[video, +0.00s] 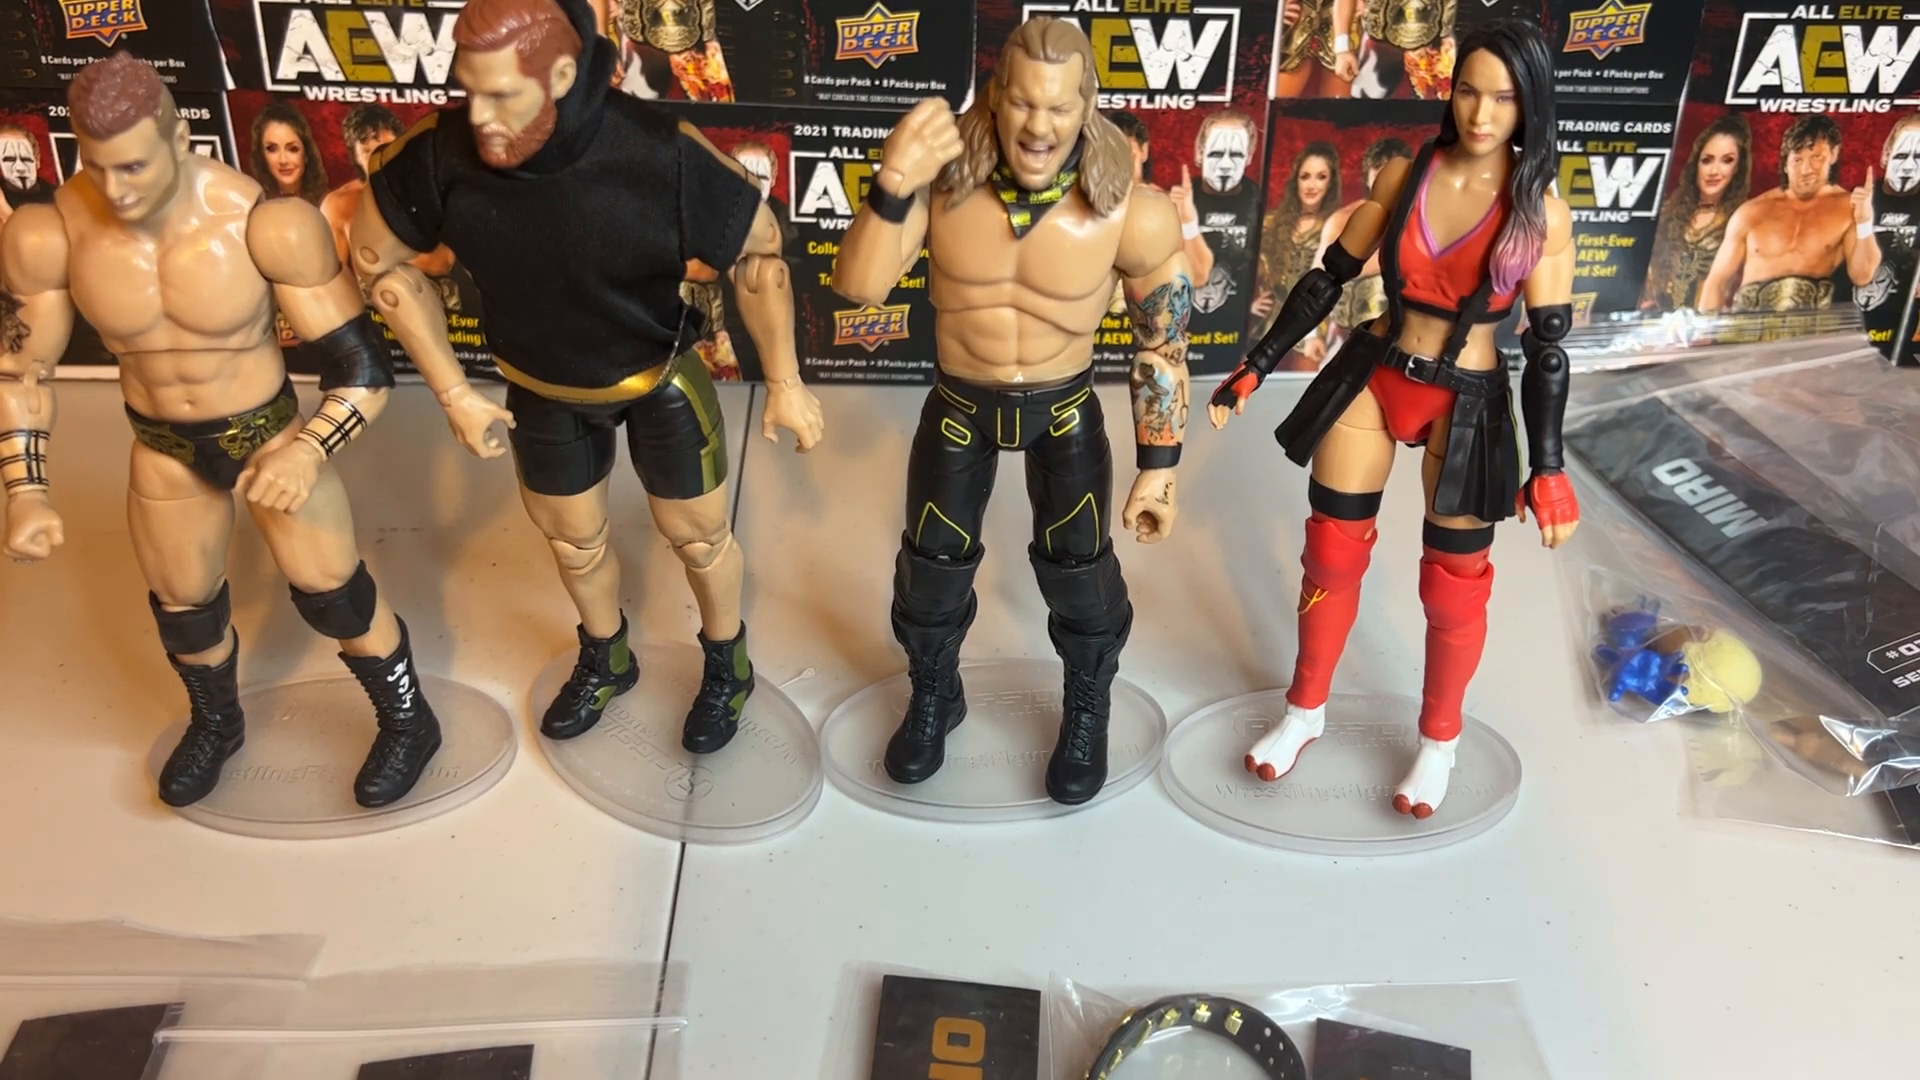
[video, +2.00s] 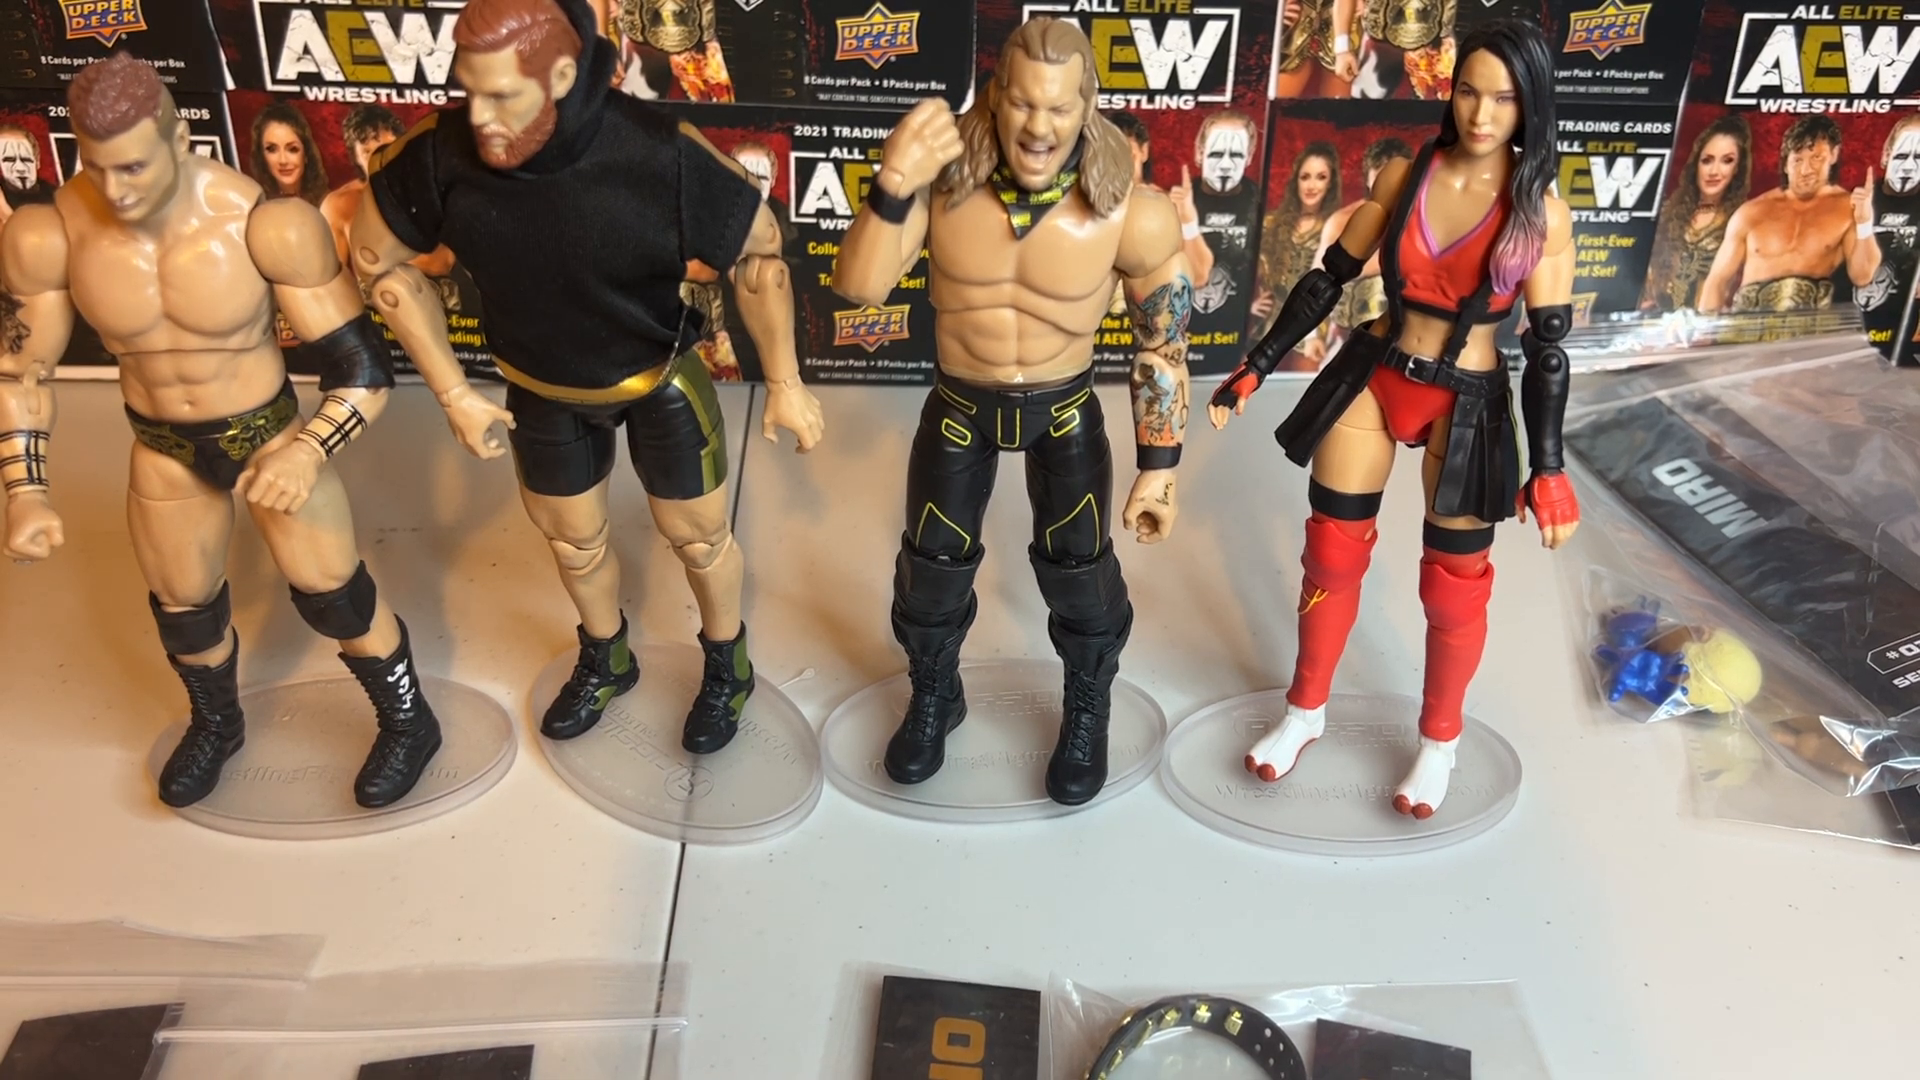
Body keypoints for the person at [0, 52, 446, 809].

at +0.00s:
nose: (118, 187)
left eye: (135, 166)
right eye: (101, 169)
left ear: (178, 138)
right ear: (81, 151)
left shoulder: (268, 225)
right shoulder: (55, 231)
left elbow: (363, 369)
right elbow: (23, 371)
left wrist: (311, 446)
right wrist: (21, 486)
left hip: (269, 441)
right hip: (161, 451)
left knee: (336, 599)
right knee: (186, 616)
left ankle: (408, 721)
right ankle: (216, 722)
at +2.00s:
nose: (118, 188)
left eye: (134, 167)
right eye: (100, 169)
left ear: (178, 138)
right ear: (80, 152)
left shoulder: (268, 225)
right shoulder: (52, 233)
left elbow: (363, 370)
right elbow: (23, 372)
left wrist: (311, 446)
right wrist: (21, 487)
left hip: (268, 441)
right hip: (161, 452)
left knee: (336, 599)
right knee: (186, 616)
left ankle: (409, 721)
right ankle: (217, 722)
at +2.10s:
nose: (118, 188)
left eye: (134, 167)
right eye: (100, 169)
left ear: (178, 139)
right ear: (80, 151)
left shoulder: (268, 225)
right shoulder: (52, 233)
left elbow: (363, 370)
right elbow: (23, 372)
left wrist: (311, 447)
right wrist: (21, 487)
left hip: (269, 442)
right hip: (161, 453)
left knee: (336, 599)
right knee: (186, 616)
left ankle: (409, 721)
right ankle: (216, 722)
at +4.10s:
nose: (118, 188)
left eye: (134, 167)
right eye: (100, 169)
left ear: (178, 139)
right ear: (80, 151)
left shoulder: (268, 225)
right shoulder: (54, 232)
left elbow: (362, 370)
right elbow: (23, 372)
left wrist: (312, 446)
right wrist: (22, 487)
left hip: (268, 441)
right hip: (161, 451)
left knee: (336, 599)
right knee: (186, 617)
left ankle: (409, 722)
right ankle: (217, 722)